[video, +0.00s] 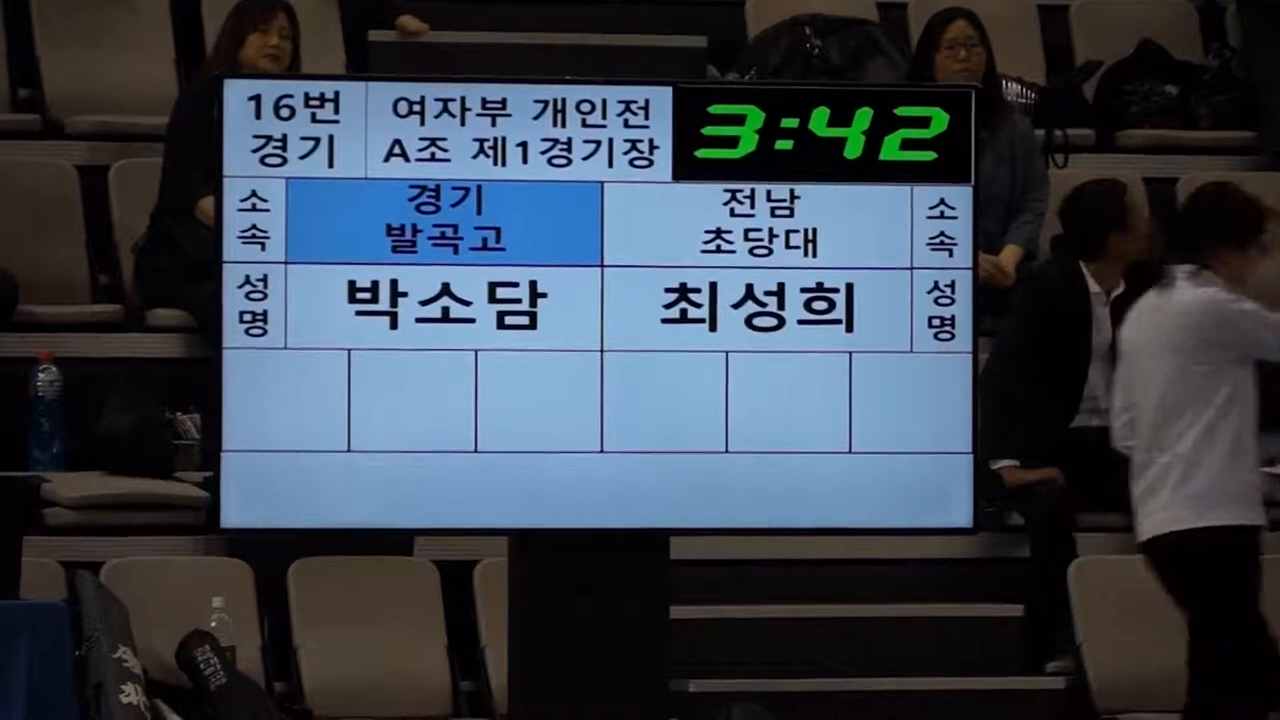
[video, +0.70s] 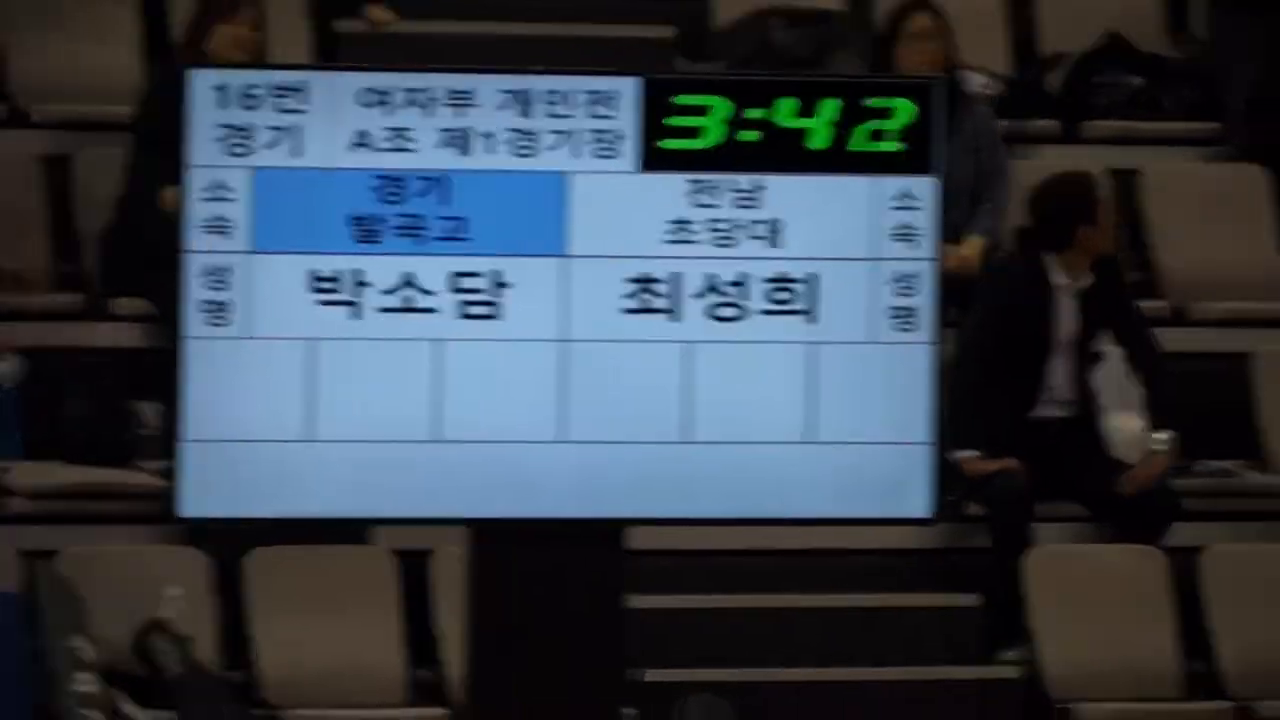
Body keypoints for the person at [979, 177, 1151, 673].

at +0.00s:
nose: (1148, 230)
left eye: (1145, 220)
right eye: (1137, 222)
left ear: (1109, 234)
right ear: (1109, 233)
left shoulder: (1138, 292)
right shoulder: (1046, 286)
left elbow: (1152, 375)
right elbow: (1005, 373)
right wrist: (1007, 460)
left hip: (1115, 444)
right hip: (1048, 446)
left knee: (1164, 487)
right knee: (1052, 506)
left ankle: (1148, 636)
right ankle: (1050, 643)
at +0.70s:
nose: (1108, 232)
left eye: (1105, 222)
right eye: (1100, 223)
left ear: (1081, 232)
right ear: (1078, 230)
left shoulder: (1103, 279)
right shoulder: (1008, 277)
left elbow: (1148, 358)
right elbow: (973, 363)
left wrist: (1162, 441)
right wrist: (968, 450)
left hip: (1077, 437)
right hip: (1009, 438)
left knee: (1143, 504)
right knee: (1009, 500)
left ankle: (1122, 631)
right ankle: (1007, 633)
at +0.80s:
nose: (1009, 227)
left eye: (1005, 217)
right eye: (1001, 218)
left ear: (982, 228)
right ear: (978, 227)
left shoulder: (1003, 276)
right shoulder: (907, 275)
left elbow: (1046, 355)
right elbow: (871, 361)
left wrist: (1060, 438)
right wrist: (866, 446)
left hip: (977, 434)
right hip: (909, 434)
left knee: (1041, 499)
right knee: (908, 497)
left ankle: (1020, 628)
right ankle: (907, 630)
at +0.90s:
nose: (903, 222)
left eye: (900, 212)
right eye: (894, 213)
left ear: (876, 223)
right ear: (870, 222)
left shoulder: (897, 272)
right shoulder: (802, 271)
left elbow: (940, 350)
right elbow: (765, 357)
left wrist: (955, 431)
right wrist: (762, 443)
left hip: (873, 428)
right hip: (804, 429)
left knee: (938, 497)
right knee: (804, 492)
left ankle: (928, 627)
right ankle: (803, 625)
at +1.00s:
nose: (818, 221)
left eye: (814, 211)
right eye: (808, 213)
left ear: (790, 224)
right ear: (783, 224)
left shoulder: (810, 277)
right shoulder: (715, 274)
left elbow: (853, 353)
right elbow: (677, 358)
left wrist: (866, 431)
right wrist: (676, 443)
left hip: (785, 428)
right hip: (717, 429)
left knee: (847, 493)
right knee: (718, 491)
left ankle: (839, 623)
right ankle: (716, 622)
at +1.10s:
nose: (740, 225)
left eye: (736, 215)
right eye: (732, 216)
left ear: (712, 229)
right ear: (710, 228)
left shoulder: (733, 280)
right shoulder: (642, 276)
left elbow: (773, 355)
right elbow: (606, 357)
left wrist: (784, 428)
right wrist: (603, 438)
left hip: (709, 425)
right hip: (644, 424)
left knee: (766, 489)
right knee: (643, 489)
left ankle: (761, 613)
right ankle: (640, 614)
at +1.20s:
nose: (660, 228)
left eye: (657, 218)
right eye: (652, 219)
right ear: (632, 228)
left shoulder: (655, 282)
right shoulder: (568, 279)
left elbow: (692, 354)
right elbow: (535, 356)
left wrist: (704, 423)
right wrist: (531, 433)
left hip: (634, 421)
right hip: (571, 421)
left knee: (686, 483)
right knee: (567, 484)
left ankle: (682, 603)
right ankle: (564, 602)